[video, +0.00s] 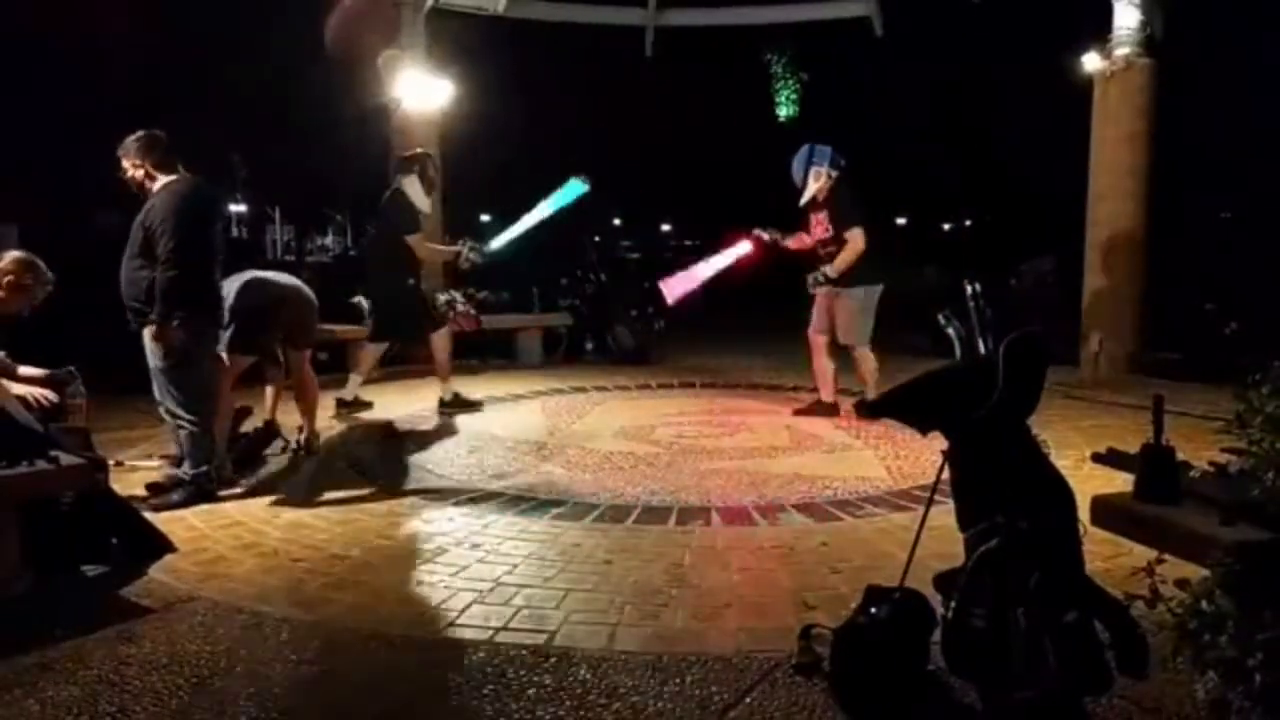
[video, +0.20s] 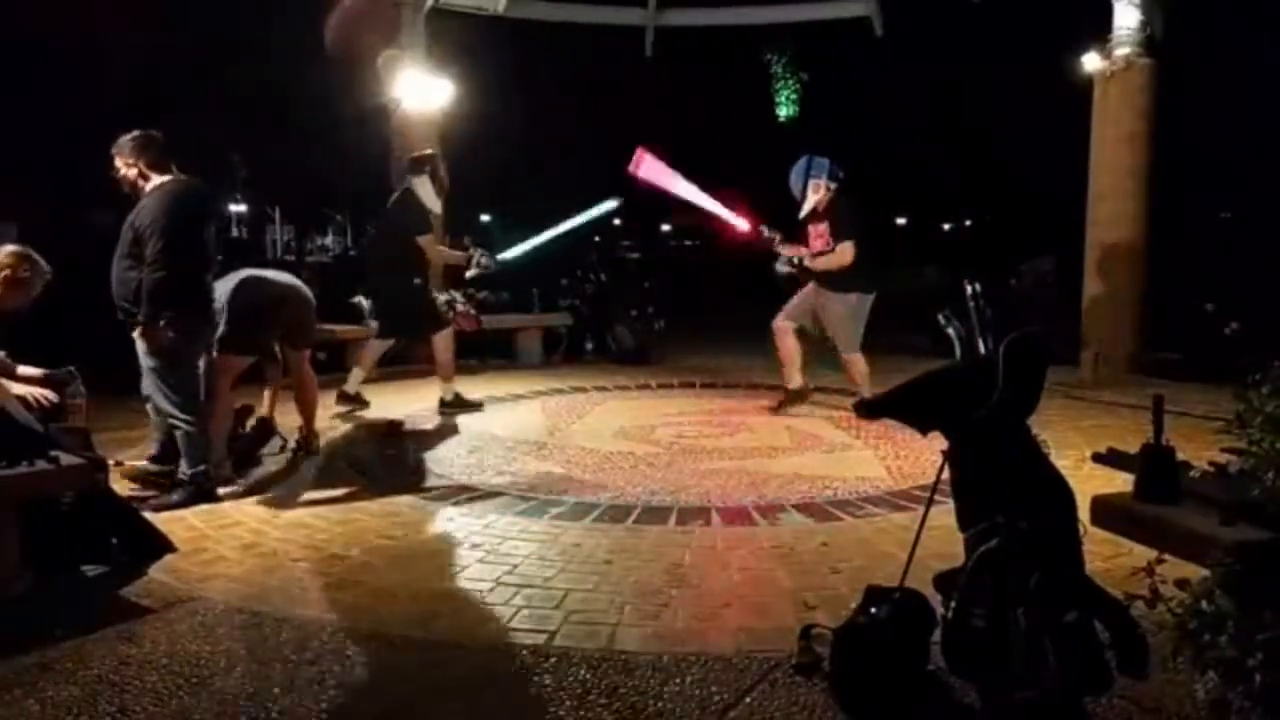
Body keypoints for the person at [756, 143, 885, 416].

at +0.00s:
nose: (808, 185)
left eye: (811, 178)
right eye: (807, 179)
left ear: (823, 174)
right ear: (810, 176)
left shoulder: (843, 198)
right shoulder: (814, 204)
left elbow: (857, 242)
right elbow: (810, 240)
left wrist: (829, 272)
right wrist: (779, 240)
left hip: (859, 280)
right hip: (830, 280)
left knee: (856, 343)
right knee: (818, 335)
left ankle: (872, 397)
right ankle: (826, 399)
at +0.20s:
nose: (808, 195)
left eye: (811, 188)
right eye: (806, 189)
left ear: (823, 185)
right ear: (807, 188)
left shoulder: (844, 209)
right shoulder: (811, 214)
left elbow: (845, 256)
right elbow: (813, 249)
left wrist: (807, 261)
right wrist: (787, 248)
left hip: (851, 291)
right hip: (821, 286)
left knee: (849, 351)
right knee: (783, 325)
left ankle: (866, 397)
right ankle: (795, 387)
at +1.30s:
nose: (810, 175)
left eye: (816, 168)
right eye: (806, 168)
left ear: (829, 167)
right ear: (801, 168)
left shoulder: (842, 197)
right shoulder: (805, 202)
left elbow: (861, 241)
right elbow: (806, 245)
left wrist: (838, 278)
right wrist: (799, 282)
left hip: (851, 281)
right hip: (818, 281)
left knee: (840, 345)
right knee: (801, 335)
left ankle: (847, 413)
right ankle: (813, 399)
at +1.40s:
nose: (813, 175)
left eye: (819, 168)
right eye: (811, 168)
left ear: (832, 168)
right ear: (808, 169)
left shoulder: (848, 198)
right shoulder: (812, 202)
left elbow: (869, 241)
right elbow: (811, 244)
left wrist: (854, 279)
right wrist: (801, 282)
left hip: (849, 285)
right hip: (820, 286)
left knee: (842, 345)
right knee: (807, 335)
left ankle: (849, 411)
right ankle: (826, 395)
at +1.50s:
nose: (822, 180)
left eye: (828, 173)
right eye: (818, 174)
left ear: (840, 172)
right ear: (813, 174)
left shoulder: (855, 203)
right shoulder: (817, 206)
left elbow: (879, 244)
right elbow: (814, 248)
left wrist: (877, 288)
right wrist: (801, 282)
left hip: (849, 287)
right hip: (823, 289)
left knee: (844, 347)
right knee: (827, 349)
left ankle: (848, 413)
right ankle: (838, 409)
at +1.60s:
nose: (825, 181)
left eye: (831, 174)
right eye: (822, 174)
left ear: (843, 173)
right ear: (816, 174)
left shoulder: (859, 203)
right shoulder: (820, 208)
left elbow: (885, 240)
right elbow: (815, 248)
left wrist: (886, 283)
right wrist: (802, 281)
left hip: (856, 285)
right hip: (829, 286)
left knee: (848, 344)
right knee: (826, 343)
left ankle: (849, 411)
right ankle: (843, 399)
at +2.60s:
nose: (820, 187)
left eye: (823, 180)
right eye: (820, 181)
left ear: (835, 178)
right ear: (836, 178)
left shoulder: (855, 204)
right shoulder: (835, 206)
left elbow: (860, 248)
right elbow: (839, 245)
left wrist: (829, 265)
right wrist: (825, 264)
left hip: (868, 293)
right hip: (839, 289)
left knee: (868, 357)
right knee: (821, 342)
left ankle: (917, 396)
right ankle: (829, 405)